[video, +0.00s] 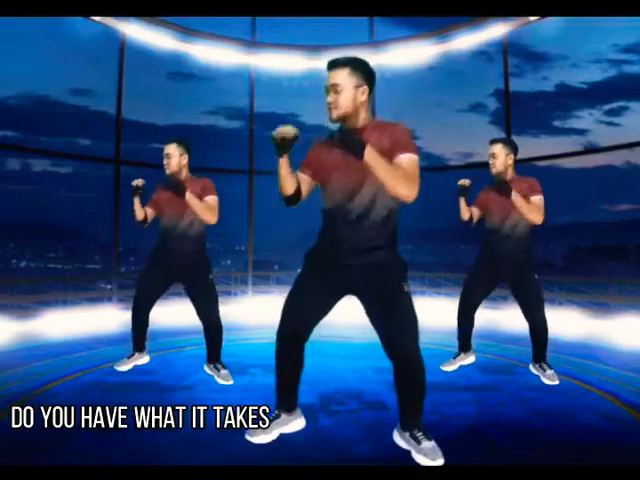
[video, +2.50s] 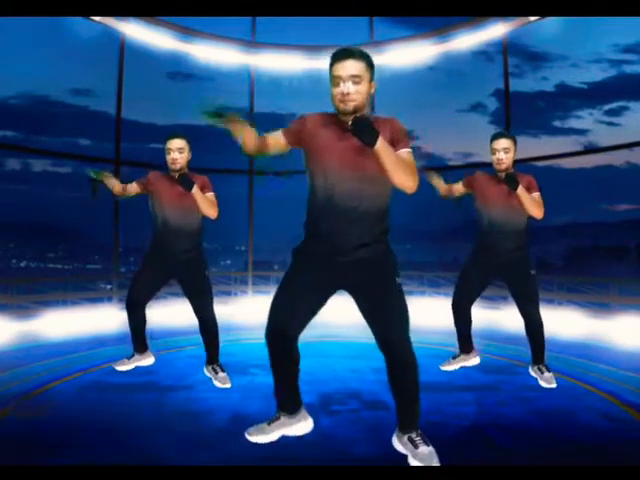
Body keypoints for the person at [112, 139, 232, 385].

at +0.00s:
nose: (166, 161)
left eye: (170, 156)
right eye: (165, 157)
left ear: (185, 159)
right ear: (165, 161)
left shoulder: (204, 185)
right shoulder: (163, 191)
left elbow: (211, 217)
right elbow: (142, 219)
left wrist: (186, 192)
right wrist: (137, 196)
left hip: (194, 261)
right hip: (164, 260)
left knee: (211, 316)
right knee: (141, 304)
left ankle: (214, 363)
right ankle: (139, 353)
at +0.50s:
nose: (156, 164)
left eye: (160, 160)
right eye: (155, 160)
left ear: (169, 162)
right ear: (161, 162)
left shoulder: (170, 180)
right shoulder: (173, 182)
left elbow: (140, 183)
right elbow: (139, 183)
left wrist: (117, 178)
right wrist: (121, 180)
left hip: (172, 256)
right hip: (160, 255)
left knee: (180, 315)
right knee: (136, 297)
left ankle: (230, 356)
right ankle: (140, 352)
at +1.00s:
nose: (158, 160)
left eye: (162, 155)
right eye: (156, 156)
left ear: (177, 155)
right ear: (158, 158)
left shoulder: (196, 179)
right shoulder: (156, 189)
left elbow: (206, 207)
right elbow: (136, 215)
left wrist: (182, 180)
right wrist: (129, 187)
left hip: (192, 258)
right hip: (162, 259)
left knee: (210, 312)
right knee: (143, 305)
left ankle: (217, 362)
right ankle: (140, 353)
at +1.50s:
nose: (169, 167)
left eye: (174, 162)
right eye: (164, 163)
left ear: (183, 165)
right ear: (159, 167)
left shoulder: (196, 192)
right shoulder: (154, 199)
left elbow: (208, 222)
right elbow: (136, 225)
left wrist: (187, 195)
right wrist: (128, 202)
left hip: (191, 269)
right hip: (160, 269)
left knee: (210, 320)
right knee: (131, 307)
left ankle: (218, 363)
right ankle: (139, 353)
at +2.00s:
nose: (168, 161)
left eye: (173, 156)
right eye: (163, 156)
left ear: (182, 160)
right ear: (158, 161)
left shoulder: (195, 188)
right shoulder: (154, 193)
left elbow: (204, 221)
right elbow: (137, 220)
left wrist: (184, 194)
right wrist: (126, 201)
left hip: (189, 264)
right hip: (157, 264)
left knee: (207, 318)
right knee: (133, 306)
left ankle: (213, 365)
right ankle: (138, 353)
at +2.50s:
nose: (175, 156)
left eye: (180, 151)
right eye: (170, 151)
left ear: (189, 155)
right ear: (165, 155)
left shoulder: (200, 182)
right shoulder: (154, 180)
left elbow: (212, 213)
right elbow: (123, 190)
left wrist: (192, 188)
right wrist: (107, 178)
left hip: (190, 259)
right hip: (159, 257)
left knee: (206, 314)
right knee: (135, 302)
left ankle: (213, 365)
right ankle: (142, 353)